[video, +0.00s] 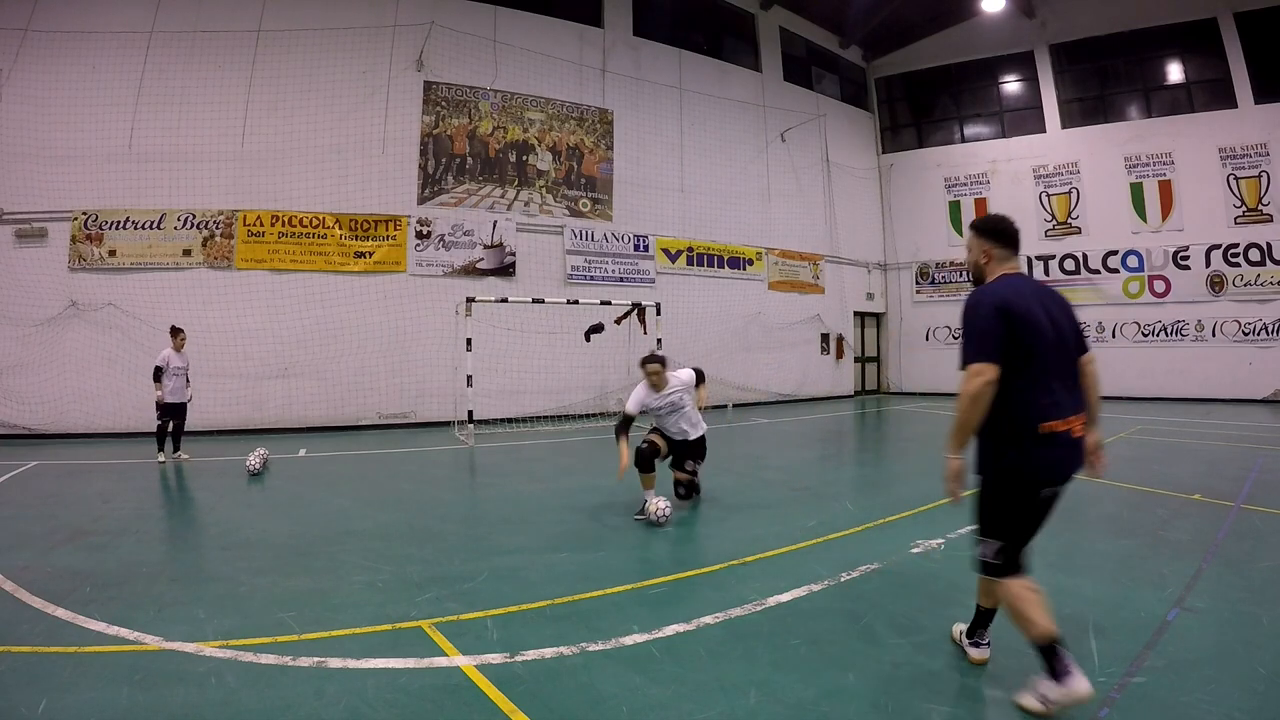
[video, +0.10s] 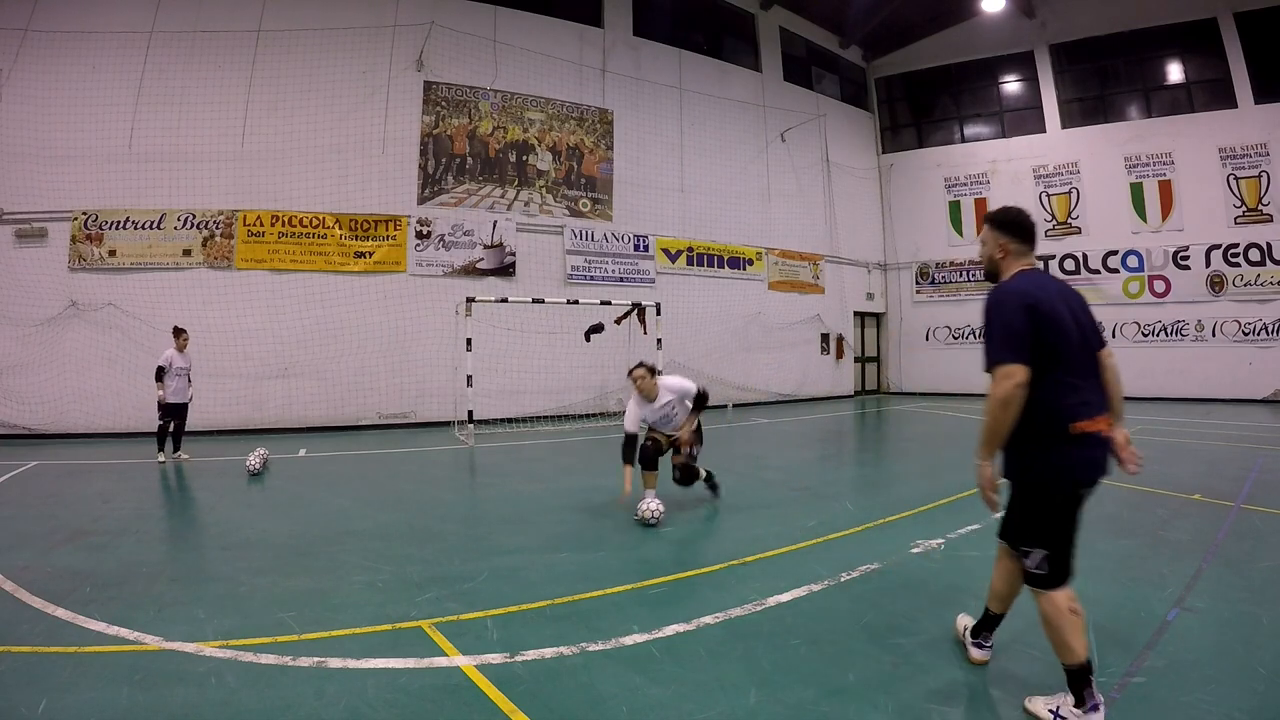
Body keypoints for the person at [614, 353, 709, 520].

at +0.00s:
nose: (653, 379)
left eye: (657, 374)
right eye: (649, 375)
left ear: (665, 371)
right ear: (644, 374)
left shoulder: (682, 378)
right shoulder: (640, 393)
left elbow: (699, 373)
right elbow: (622, 427)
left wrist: (701, 392)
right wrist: (624, 457)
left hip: (692, 436)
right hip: (665, 432)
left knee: (682, 493)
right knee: (644, 453)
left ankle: (692, 483)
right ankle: (649, 502)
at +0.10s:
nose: (638, 384)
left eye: (643, 378)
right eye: (635, 381)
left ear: (654, 379)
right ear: (633, 385)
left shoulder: (673, 385)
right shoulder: (634, 406)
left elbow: (702, 396)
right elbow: (629, 443)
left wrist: (687, 428)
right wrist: (628, 484)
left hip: (686, 428)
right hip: (660, 431)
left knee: (681, 476)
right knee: (647, 451)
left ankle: (706, 476)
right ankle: (649, 502)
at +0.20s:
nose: (631, 398)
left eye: (635, 393)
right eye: (628, 394)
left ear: (646, 389)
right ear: (626, 396)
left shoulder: (666, 393)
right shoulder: (631, 412)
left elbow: (698, 411)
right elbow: (629, 448)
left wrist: (676, 436)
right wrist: (639, 470)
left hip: (685, 421)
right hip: (659, 429)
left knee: (679, 462)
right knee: (650, 452)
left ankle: (715, 485)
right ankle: (650, 503)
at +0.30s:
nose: (619, 394)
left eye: (622, 389)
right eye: (618, 390)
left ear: (636, 386)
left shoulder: (661, 390)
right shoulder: (628, 404)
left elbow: (694, 404)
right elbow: (629, 428)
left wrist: (680, 432)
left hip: (685, 418)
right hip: (659, 423)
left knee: (681, 463)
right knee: (644, 449)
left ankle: (718, 488)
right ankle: (647, 500)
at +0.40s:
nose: (603, 375)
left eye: (605, 370)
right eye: (603, 370)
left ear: (618, 371)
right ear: (616, 371)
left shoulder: (644, 378)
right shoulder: (619, 387)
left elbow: (678, 388)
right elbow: (621, 406)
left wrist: (659, 413)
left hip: (678, 415)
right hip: (654, 418)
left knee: (680, 462)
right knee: (629, 445)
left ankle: (719, 490)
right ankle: (648, 491)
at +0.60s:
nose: (571, 349)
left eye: (574, 346)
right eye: (572, 346)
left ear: (583, 348)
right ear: (583, 348)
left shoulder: (599, 357)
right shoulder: (589, 367)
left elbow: (636, 362)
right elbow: (583, 393)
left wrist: (651, 389)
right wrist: (569, 380)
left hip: (636, 402)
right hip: (626, 407)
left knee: (625, 453)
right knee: (622, 454)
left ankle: (674, 468)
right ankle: (656, 481)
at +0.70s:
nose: (554, 347)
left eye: (558, 344)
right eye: (556, 343)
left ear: (567, 346)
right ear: (566, 346)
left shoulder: (583, 355)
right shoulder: (566, 366)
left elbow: (612, 363)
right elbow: (557, 388)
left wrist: (635, 375)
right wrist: (546, 385)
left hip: (606, 402)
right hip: (621, 400)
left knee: (582, 444)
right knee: (619, 452)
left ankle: (606, 478)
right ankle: (652, 479)